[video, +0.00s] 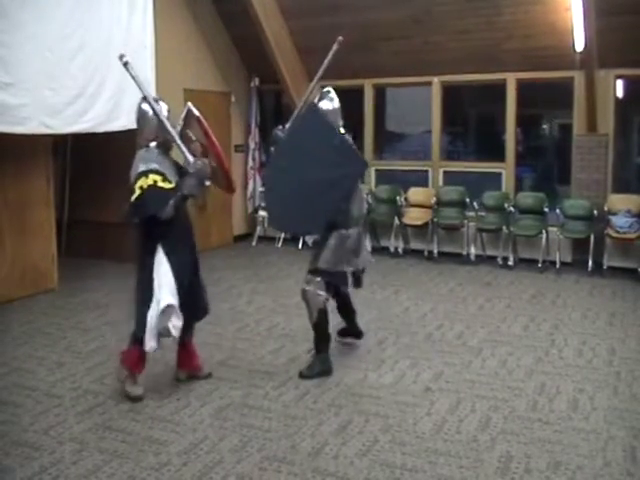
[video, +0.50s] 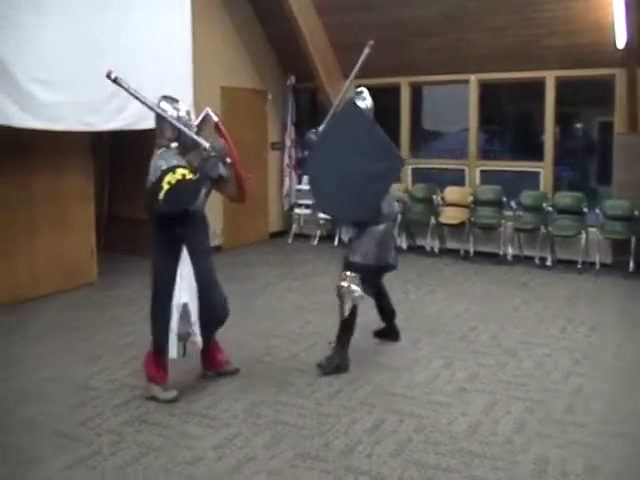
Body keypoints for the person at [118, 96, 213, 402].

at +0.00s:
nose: (170, 130)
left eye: (169, 124)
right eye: (164, 124)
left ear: (168, 131)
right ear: (155, 131)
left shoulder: (173, 159)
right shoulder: (149, 162)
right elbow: (159, 207)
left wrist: (205, 171)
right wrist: (188, 184)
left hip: (181, 242)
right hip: (157, 244)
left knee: (189, 300)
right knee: (155, 303)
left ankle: (187, 361)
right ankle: (132, 366)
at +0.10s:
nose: (167, 128)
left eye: (165, 121)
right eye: (161, 122)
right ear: (152, 128)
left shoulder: (166, 159)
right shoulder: (148, 161)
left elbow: (181, 194)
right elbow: (163, 208)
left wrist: (196, 171)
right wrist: (188, 180)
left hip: (179, 244)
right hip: (158, 248)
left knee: (189, 301)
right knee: (156, 306)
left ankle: (187, 359)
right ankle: (133, 370)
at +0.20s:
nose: (166, 128)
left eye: (167, 120)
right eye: (159, 122)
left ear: (173, 127)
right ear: (151, 129)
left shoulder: (181, 161)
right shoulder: (151, 159)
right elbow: (167, 206)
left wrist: (206, 169)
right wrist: (193, 180)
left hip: (181, 234)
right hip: (153, 237)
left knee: (201, 305)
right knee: (152, 306)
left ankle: (196, 357)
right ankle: (136, 367)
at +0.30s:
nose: (160, 132)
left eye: (164, 124)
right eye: (155, 127)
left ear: (174, 129)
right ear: (149, 133)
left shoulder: (186, 160)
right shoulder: (151, 160)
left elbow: (210, 191)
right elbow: (167, 207)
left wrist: (206, 168)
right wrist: (192, 179)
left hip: (183, 234)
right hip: (154, 238)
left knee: (202, 306)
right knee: (150, 302)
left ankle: (198, 350)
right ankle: (139, 363)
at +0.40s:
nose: (167, 129)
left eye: (171, 122)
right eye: (161, 124)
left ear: (180, 128)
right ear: (154, 132)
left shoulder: (190, 158)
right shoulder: (154, 159)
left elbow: (218, 195)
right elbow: (166, 201)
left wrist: (211, 171)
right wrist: (194, 177)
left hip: (186, 230)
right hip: (157, 234)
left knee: (199, 293)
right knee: (154, 296)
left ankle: (205, 352)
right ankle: (146, 360)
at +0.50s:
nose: (178, 132)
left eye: (181, 126)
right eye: (172, 128)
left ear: (189, 132)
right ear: (166, 135)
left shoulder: (203, 158)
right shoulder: (164, 157)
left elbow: (234, 191)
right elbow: (171, 190)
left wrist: (221, 165)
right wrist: (196, 162)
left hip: (195, 225)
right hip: (165, 229)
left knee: (213, 300)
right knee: (163, 294)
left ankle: (210, 346)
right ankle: (158, 357)